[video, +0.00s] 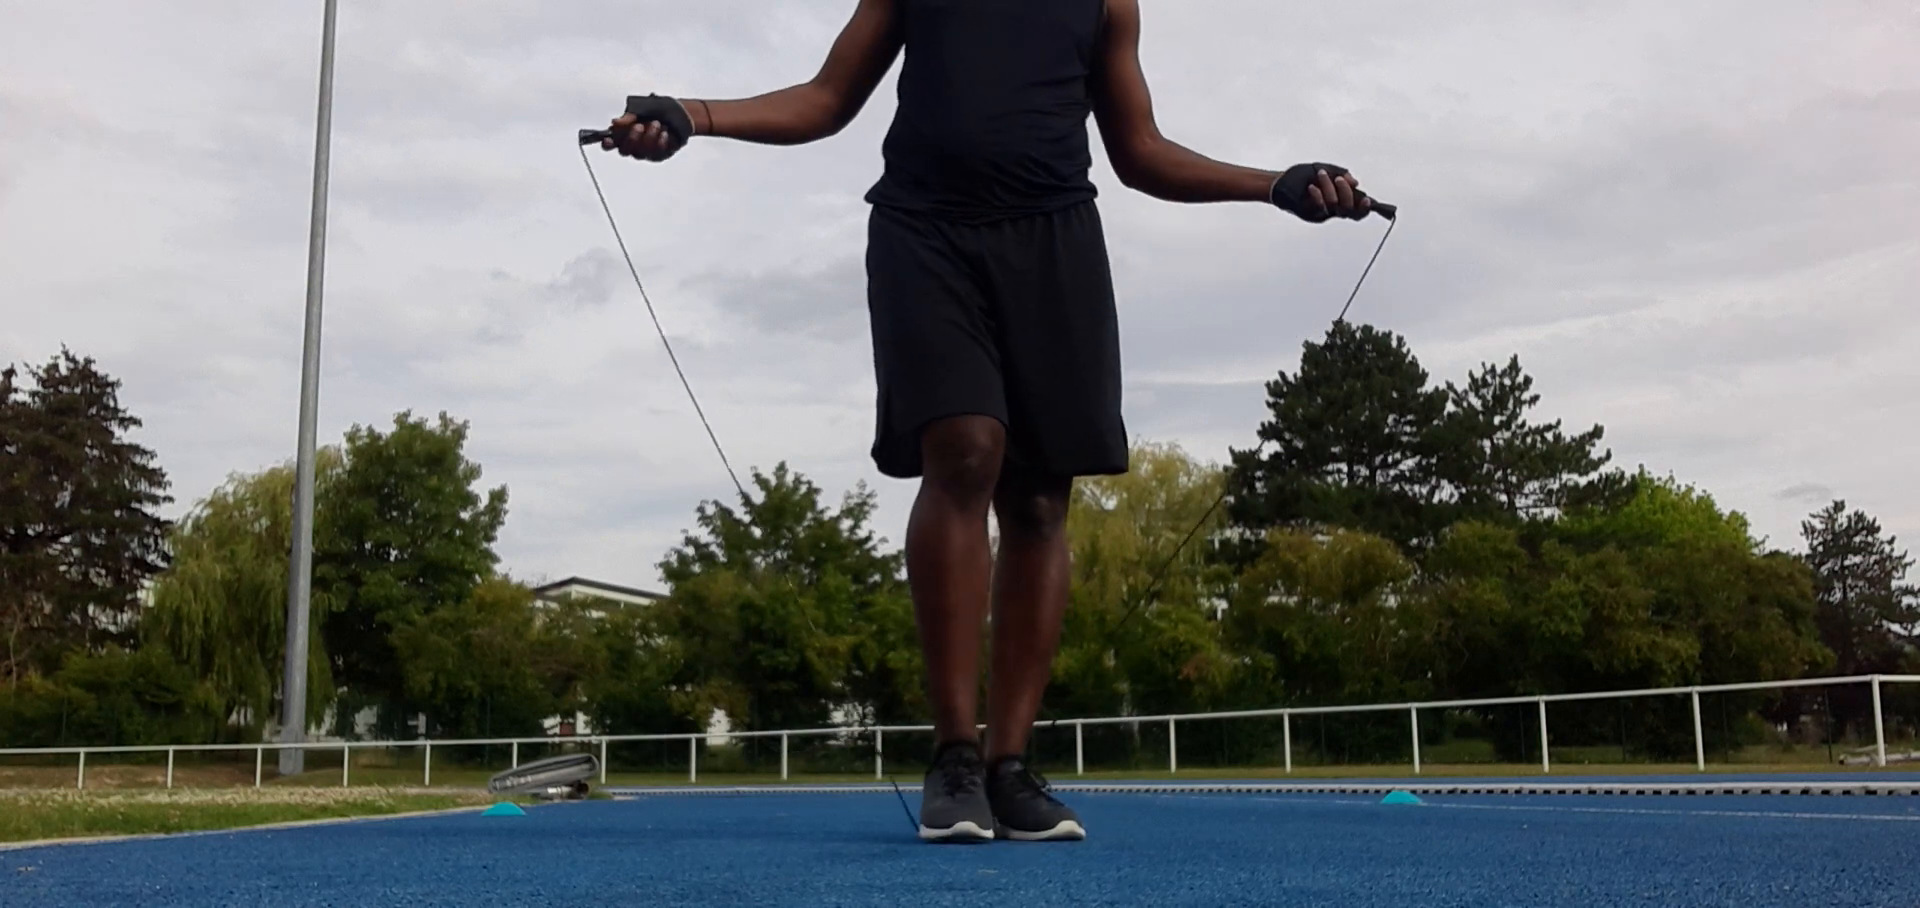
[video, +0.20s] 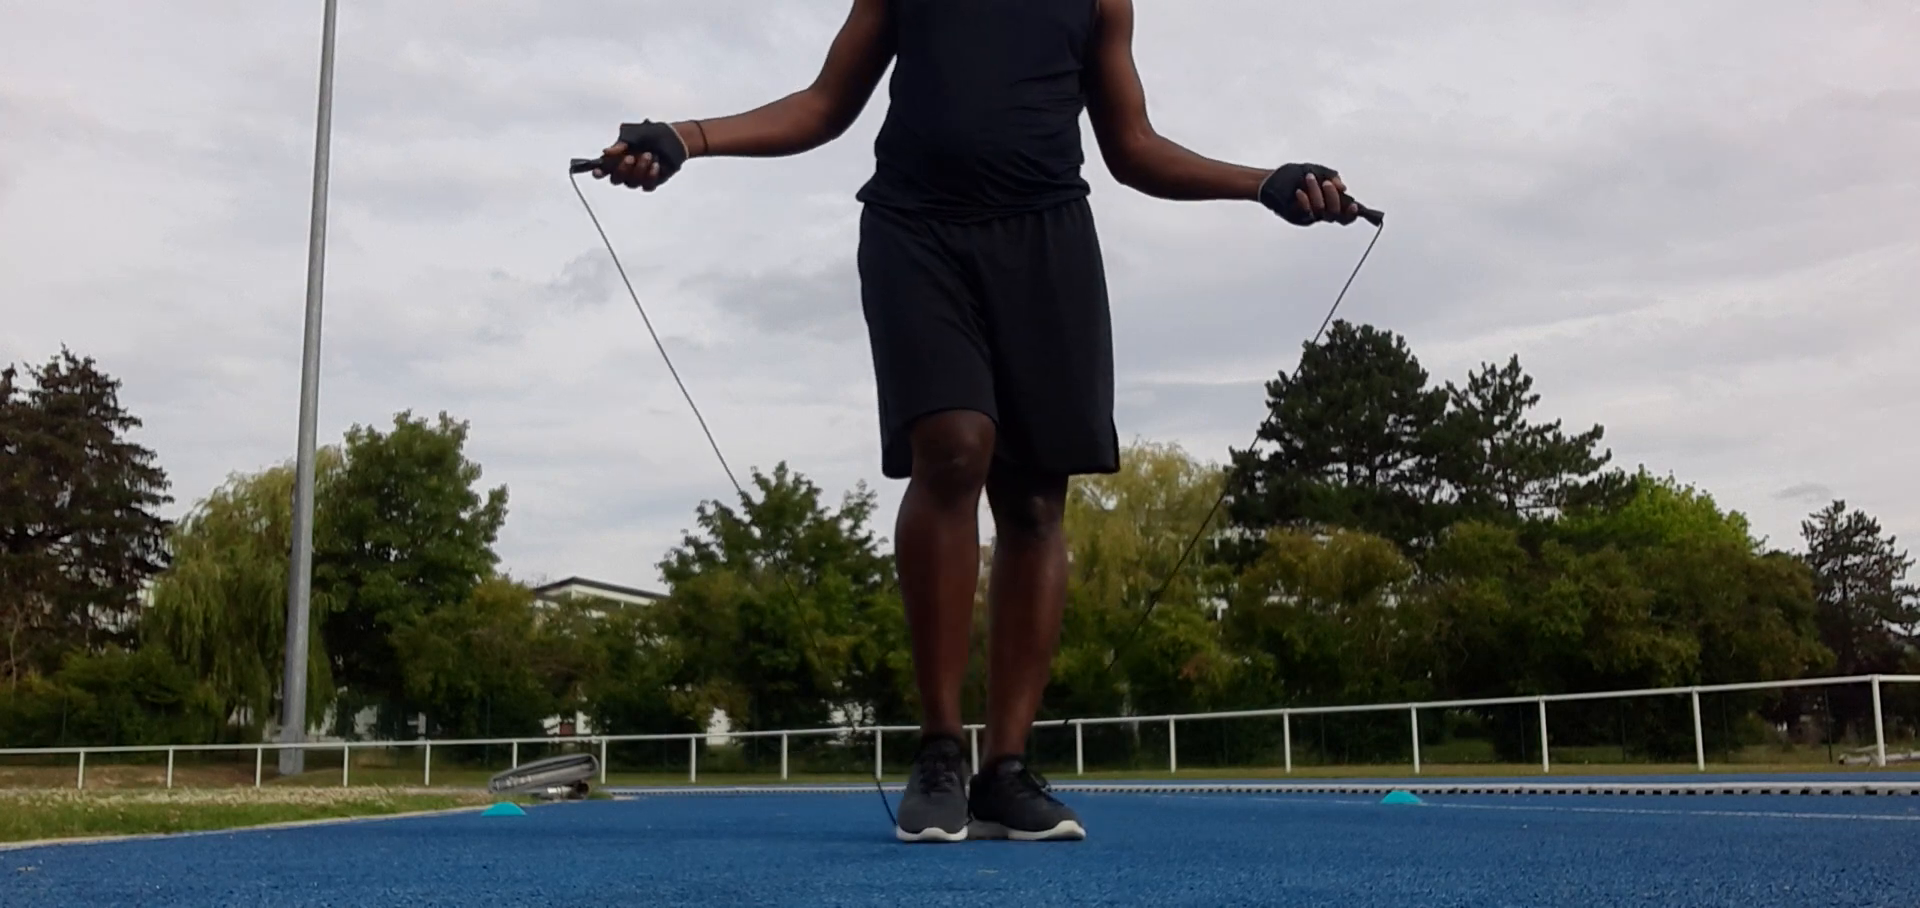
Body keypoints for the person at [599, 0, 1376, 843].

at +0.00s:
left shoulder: (1106, 13)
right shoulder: (907, 7)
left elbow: (1141, 153)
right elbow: (823, 101)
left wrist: (1279, 183)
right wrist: (690, 115)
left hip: (1053, 235)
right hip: (926, 228)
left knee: (1037, 495)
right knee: (963, 453)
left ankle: (1010, 769)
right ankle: (955, 761)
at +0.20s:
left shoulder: (1099, 14)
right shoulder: (896, 9)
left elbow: (1134, 150)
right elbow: (823, 105)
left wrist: (1267, 182)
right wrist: (685, 136)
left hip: (1046, 232)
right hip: (916, 227)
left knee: (1033, 496)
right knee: (952, 452)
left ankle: (1008, 771)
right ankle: (940, 758)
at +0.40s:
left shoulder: (1087, 13)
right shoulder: (881, 8)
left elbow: (1128, 142)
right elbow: (809, 104)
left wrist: (1255, 196)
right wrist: (671, 156)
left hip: (1032, 232)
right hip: (898, 228)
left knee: (1027, 500)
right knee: (912, 445)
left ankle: (1006, 772)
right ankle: (919, 745)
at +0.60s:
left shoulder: (1060, 4)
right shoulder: (857, 3)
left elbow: (1108, 121)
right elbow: (790, 97)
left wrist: (1241, 206)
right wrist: (658, 183)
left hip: (1019, 232)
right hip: (881, 230)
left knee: (1016, 498)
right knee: (884, 470)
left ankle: (1003, 774)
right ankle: (875, 773)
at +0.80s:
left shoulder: (1021, 3)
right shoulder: (814, 2)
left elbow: (1076, 105)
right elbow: (760, 98)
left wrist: (1211, 213)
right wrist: (636, 205)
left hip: (994, 220)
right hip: (856, 222)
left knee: (999, 494)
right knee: (862, 481)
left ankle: (999, 773)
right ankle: (872, 776)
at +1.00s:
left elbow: (1046, 97)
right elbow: (736, 100)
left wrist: (1181, 211)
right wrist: (624, 220)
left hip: (979, 216)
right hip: (838, 219)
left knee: (1000, 450)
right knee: (843, 486)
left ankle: (999, 721)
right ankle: (871, 771)